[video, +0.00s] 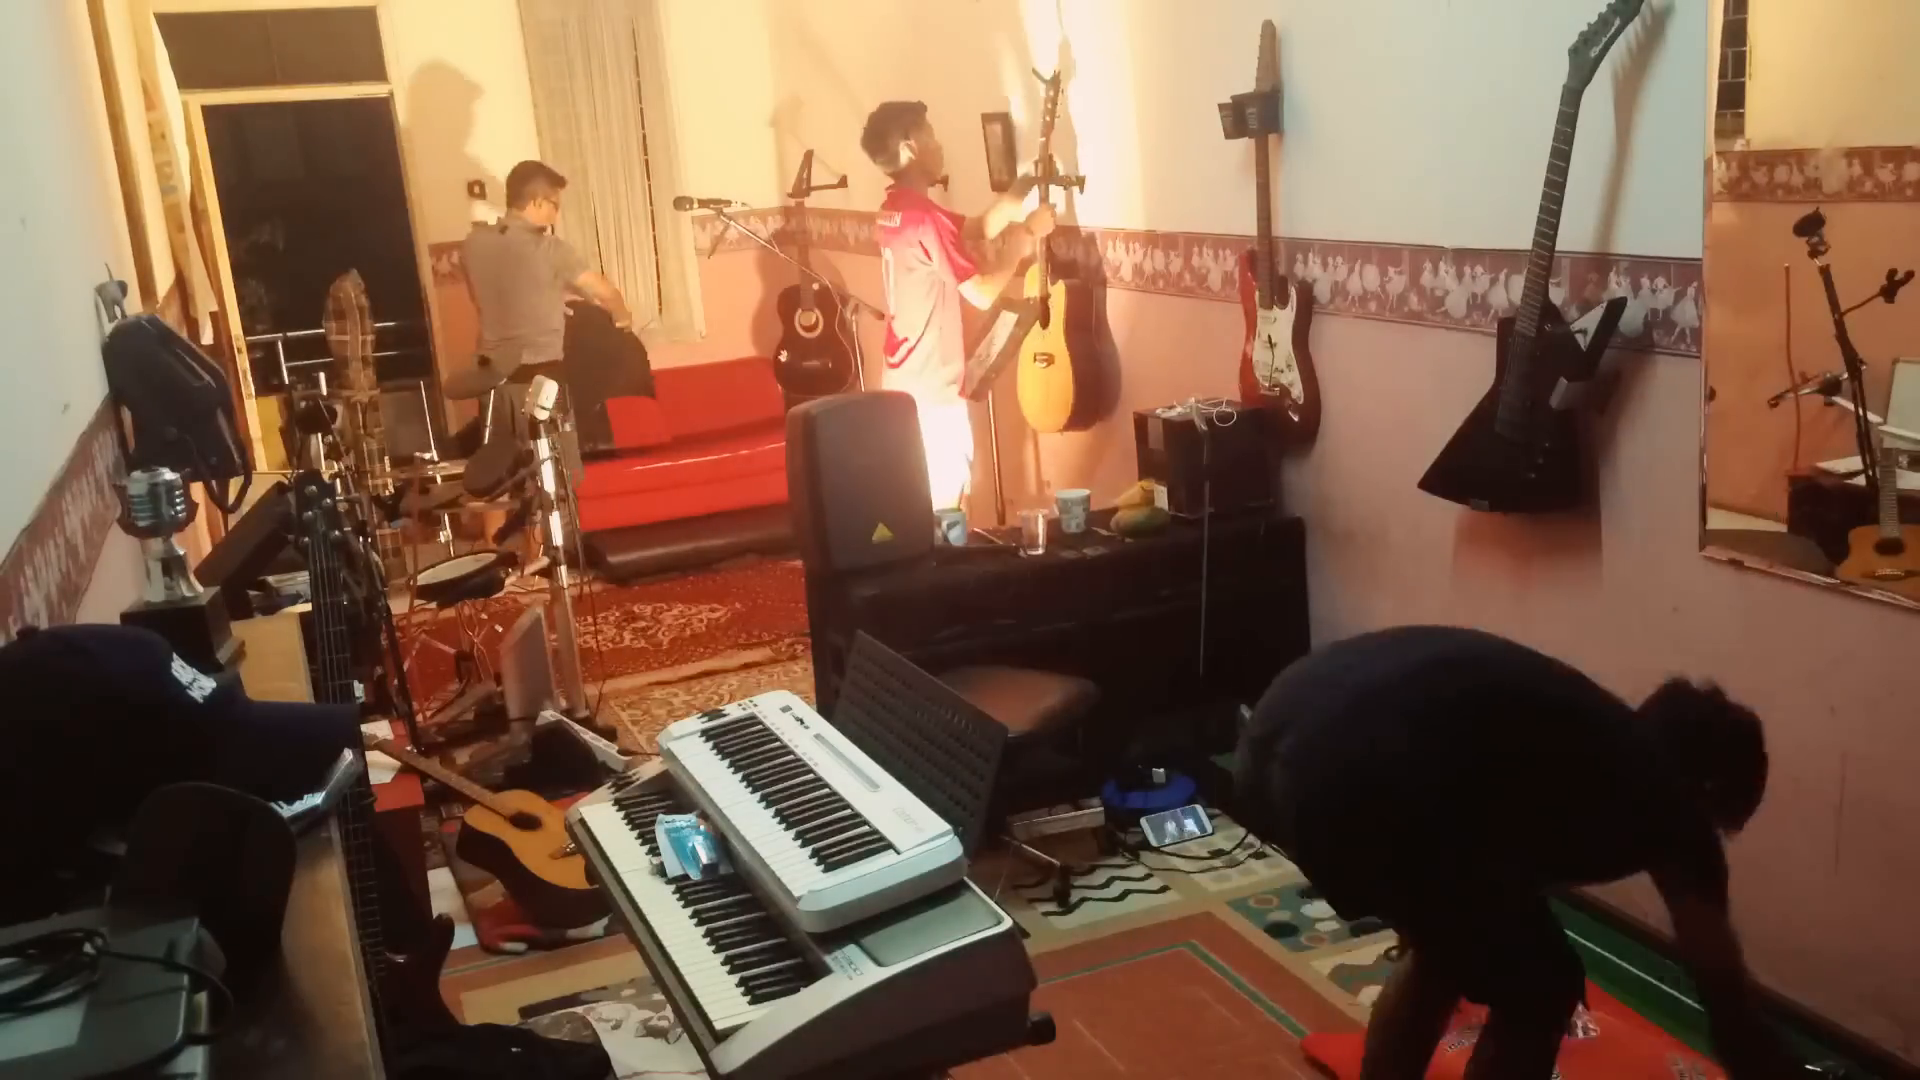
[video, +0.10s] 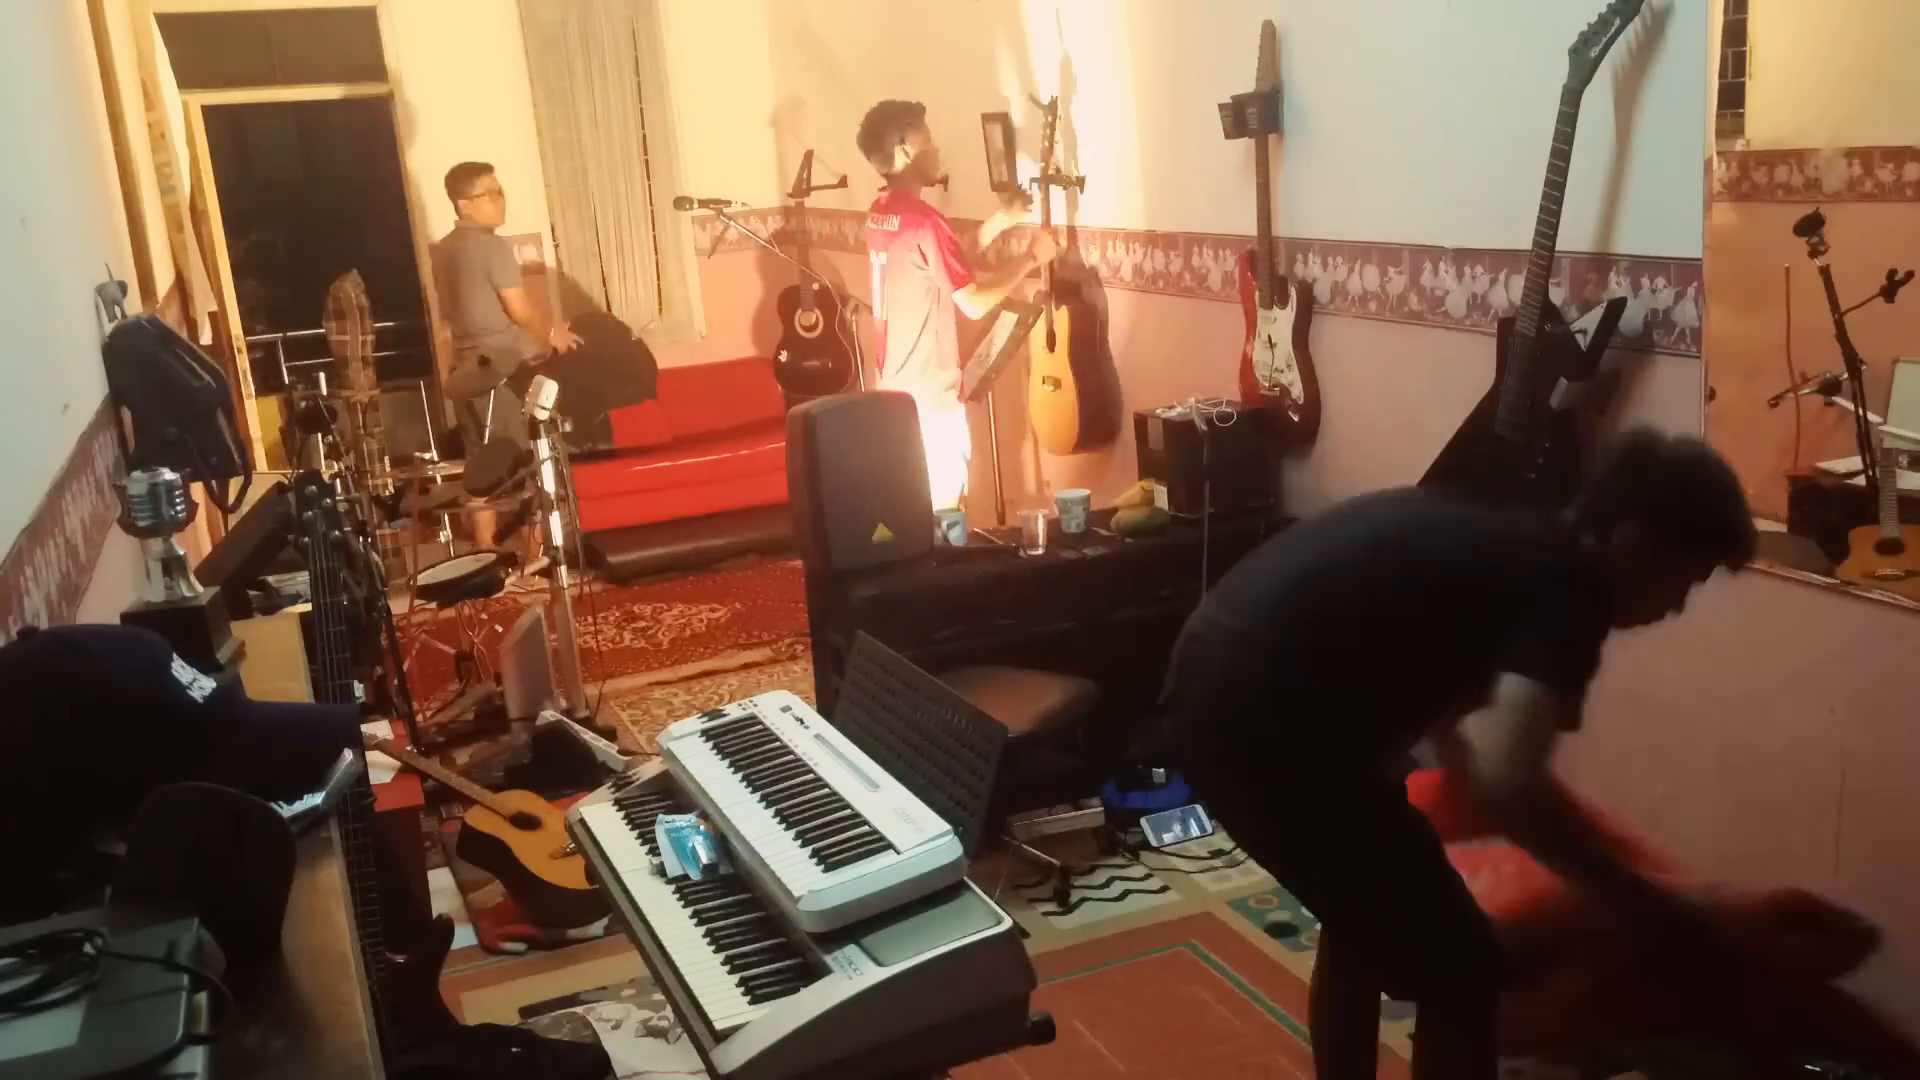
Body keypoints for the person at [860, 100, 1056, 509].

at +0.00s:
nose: (939, 146)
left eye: (934, 136)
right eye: (931, 137)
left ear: (899, 153)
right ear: (909, 148)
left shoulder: (895, 210)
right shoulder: (925, 217)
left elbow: (976, 231)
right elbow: (981, 292)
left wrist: (1020, 187)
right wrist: (1025, 236)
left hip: (906, 379)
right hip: (936, 384)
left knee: (924, 489)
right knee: (948, 490)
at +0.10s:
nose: (935, 145)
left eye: (930, 135)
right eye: (926, 137)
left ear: (893, 154)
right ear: (903, 149)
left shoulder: (880, 215)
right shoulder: (925, 222)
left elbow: (945, 272)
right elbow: (974, 302)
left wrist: (993, 226)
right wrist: (1031, 259)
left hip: (896, 387)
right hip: (934, 393)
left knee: (909, 506)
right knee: (944, 505)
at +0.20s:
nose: (926, 163)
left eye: (924, 150)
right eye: (921, 149)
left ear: (884, 154)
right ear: (893, 153)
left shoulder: (865, 216)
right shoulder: (898, 224)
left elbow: (891, 294)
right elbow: (921, 315)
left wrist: (953, 276)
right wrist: (969, 284)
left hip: (881, 381)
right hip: (916, 386)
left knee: (903, 491)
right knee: (942, 489)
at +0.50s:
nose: (923, 166)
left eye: (921, 152)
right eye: (915, 153)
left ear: (881, 160)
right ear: (885, 159)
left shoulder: (864, 217)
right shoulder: (890, 226)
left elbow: (890, 304)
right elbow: (909, 319)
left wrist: (954, 288)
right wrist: (973, 291)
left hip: (887, 389)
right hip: (921, 393)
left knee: (907, 503)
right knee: (942, 504)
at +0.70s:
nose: (1017, 216)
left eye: (1023, 204)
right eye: (1012, 205)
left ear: (974, 182)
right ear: (980, 188)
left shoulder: (935, 201)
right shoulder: (956, 256)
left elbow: (883, 265)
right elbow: (978, 356)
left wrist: (903, 325)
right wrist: (1060, 386)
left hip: (893, 387)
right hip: (923, 403)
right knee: (941, 504)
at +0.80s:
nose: (1016, 212)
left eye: (1020, 200)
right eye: (1011, 201)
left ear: (973, 184)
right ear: (980, 188)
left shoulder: (928, 203)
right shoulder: (967, 255)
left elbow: (873, 280)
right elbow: (1022, 348)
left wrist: (903, 335)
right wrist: (1098, 408)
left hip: (885, 385)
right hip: (922, 400)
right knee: (940, 508)